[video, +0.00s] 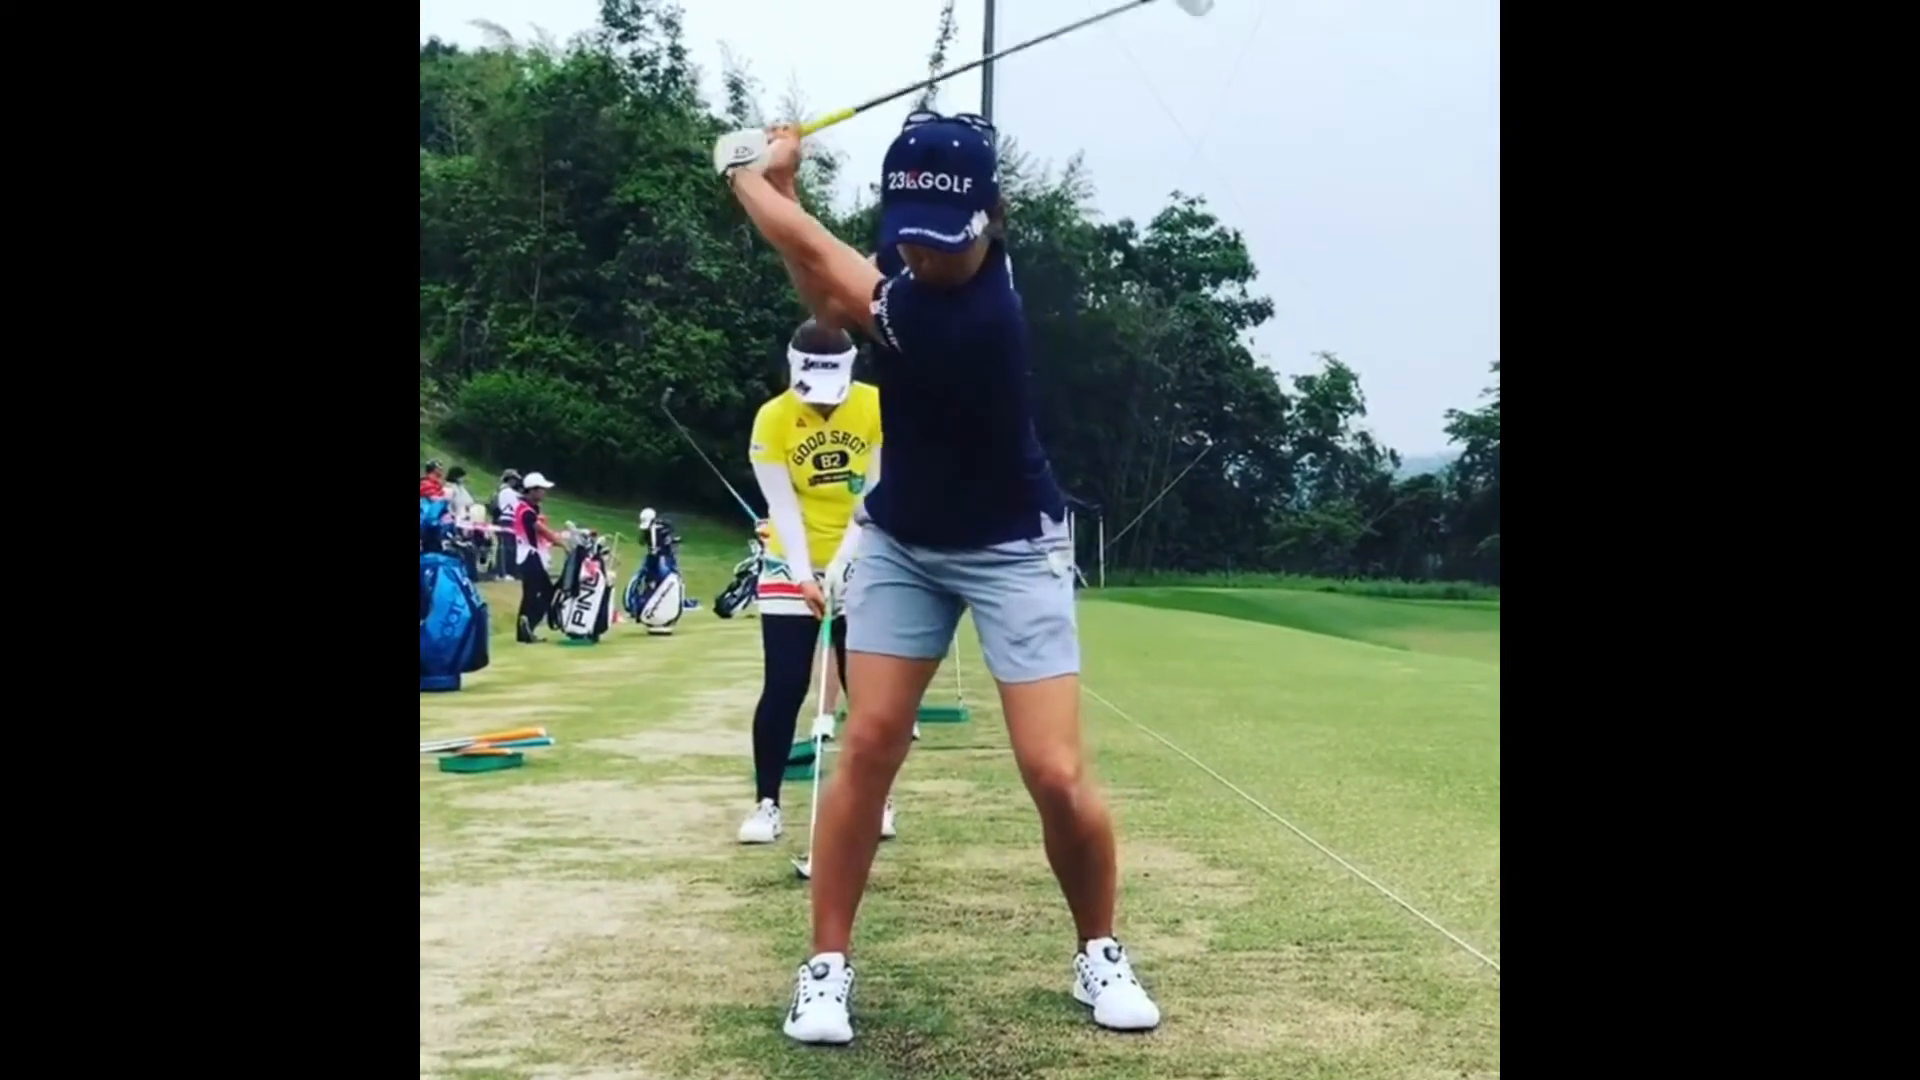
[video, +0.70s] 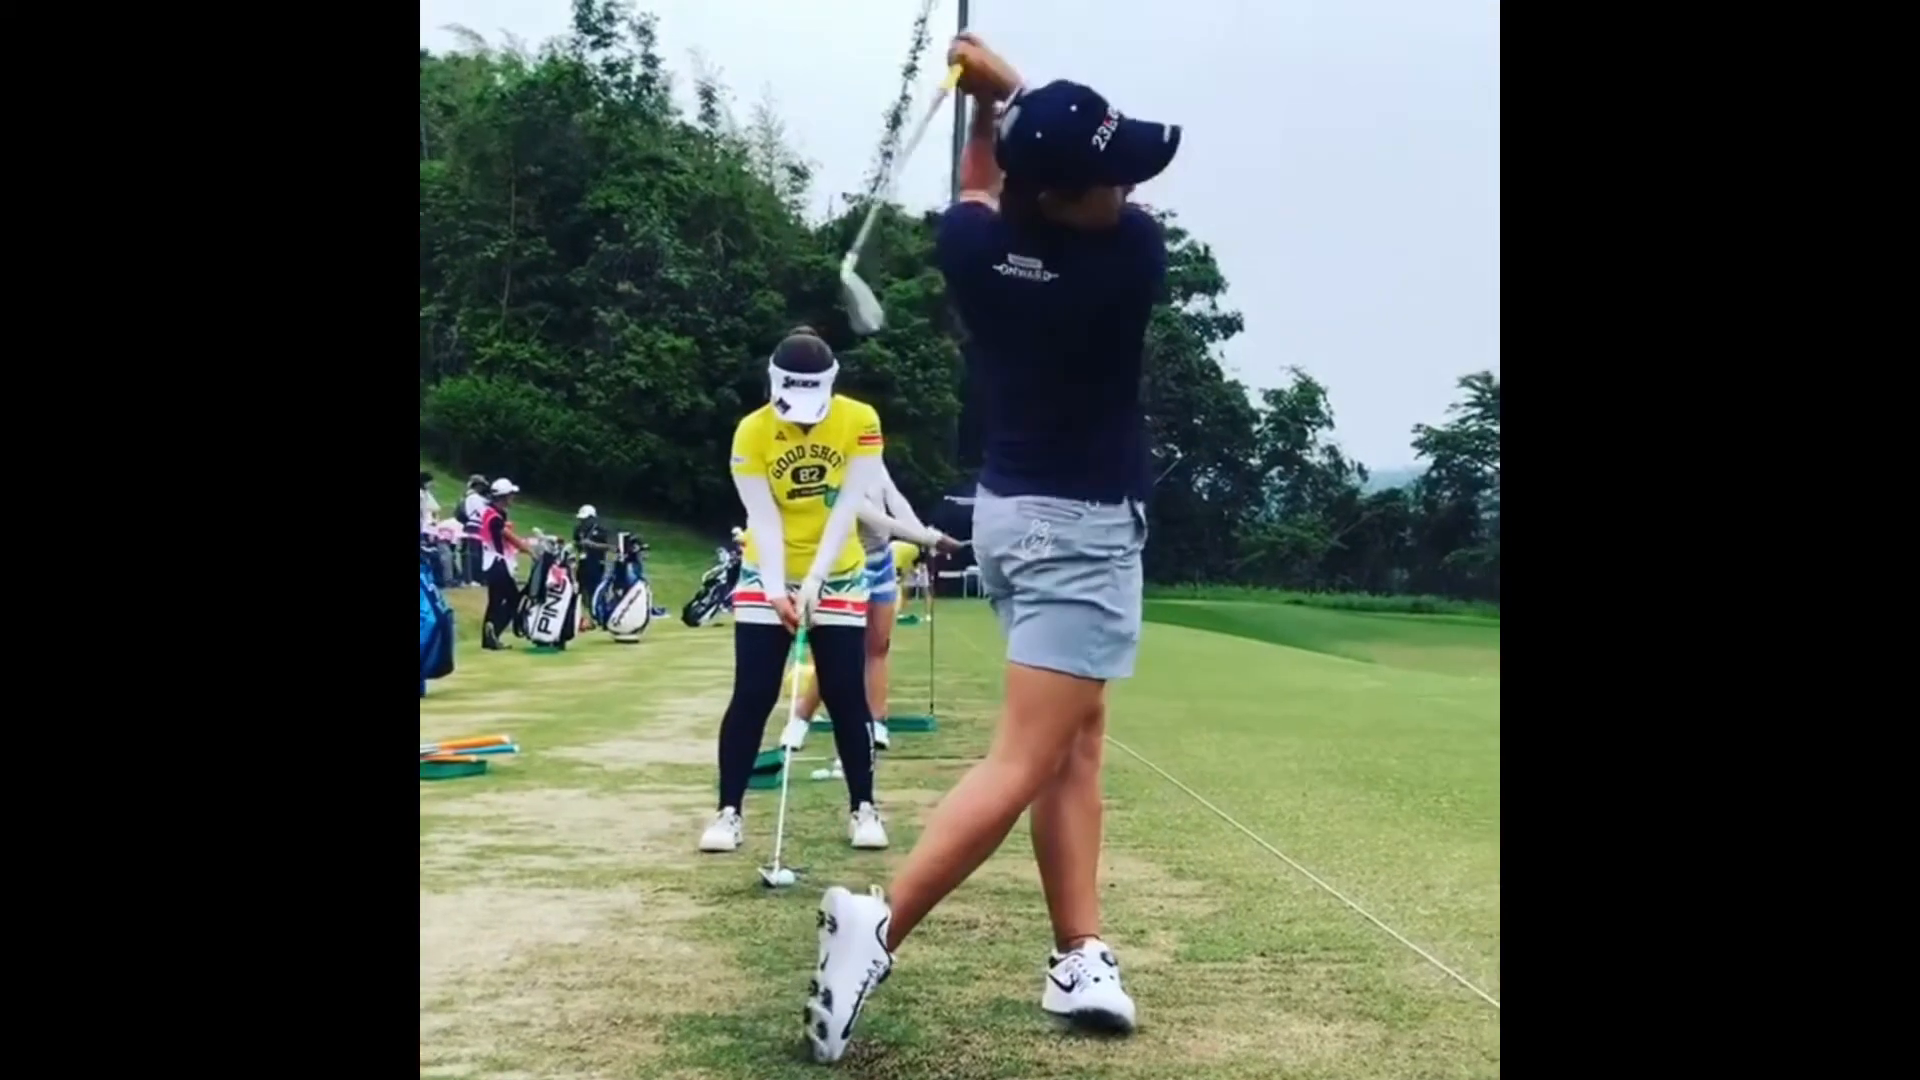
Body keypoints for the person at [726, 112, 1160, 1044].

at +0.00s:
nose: (931, 253)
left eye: (952, 233)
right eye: (914, 233)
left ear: (991, 214)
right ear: (891, 213)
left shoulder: (977, 311)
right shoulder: (904, 276)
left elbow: (808, 253)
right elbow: (836, 291)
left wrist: (747, 176)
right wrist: (783, 188)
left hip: (1016, 551)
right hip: (900, 543)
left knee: (1057, 775)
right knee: (871, 736)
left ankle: (1100, 952)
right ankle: (827, 962)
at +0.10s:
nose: (938, 260)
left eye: (957, 239)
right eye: (920, 241)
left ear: (998, 217)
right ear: (896, 222)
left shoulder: (992, 316)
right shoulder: (910, 284)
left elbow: (828, 253)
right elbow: (847, 304)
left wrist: (772, 175)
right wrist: (811, 189)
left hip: (1025, 555)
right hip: (908, 548)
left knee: (1063, 777)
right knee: (869, 746)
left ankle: (1099, 952)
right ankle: (825, 962)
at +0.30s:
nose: (981, 281)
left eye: (985, 258)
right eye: (959, 274)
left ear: (994, 219)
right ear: (913, 263)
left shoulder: (1057, 255)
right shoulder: (895, 327)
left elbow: (1063, 416)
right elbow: (931, 475)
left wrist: (1042, 550)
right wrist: (989, 569)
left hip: (1084, 525)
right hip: (974, 542)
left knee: (1117, 725)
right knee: (950, 749)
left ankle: (1108, 953)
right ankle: (830, 959)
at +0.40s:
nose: (998, 278)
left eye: (998, 253)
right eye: (974, 272)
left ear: (995, 217)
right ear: (928, 265)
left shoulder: (1014, 214)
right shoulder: (951, 356)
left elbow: (1105, 322)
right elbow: (1101, 423)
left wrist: (1199, 424)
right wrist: (1225, 446)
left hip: (1093, 512)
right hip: (1013, 535)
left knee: (1097, 728)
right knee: (969, 752)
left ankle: (1094, 952)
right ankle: (819, 941)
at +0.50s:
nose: (1036, 248)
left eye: (1035, 231)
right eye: (1015, 242)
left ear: (960, 246)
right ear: (962, 255)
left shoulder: (971, 262)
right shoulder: (1038, 320)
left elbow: (1090, 265)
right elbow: (1138, 287)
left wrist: (1196, 252)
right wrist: (1208, 227)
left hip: (1066, 525)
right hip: (1052, 539)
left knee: (1093, 725)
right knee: (1004, 757)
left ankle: (1088, 951)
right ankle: (834, 920)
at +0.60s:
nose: (1101, 223)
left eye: (1095, 207)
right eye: (1083, 217)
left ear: (993, 204)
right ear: (1029, 221)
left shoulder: (953, 239)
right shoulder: (1104, 278)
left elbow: (1084, 215)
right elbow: (1119, 203)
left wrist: (1119, 134)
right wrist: (1110, 114)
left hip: (1007, 509)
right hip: (1069, 524)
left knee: (1083, 739)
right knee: (1024, 760)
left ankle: (1085, 958)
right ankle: (875, 924)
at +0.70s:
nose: (1129, 183)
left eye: (1123, 168)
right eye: (1114, 176)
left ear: (1020, 182)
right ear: (1072, 191)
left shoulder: (970, 244)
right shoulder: (1133, 252)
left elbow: (975, 182)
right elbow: (1063, 176)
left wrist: (986, 95)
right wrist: (1004, 87)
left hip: (1002, 515)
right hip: (1081, 522)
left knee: (1078, 744)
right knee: (1023, 762)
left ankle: (1081, 958)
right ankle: (878, 927)